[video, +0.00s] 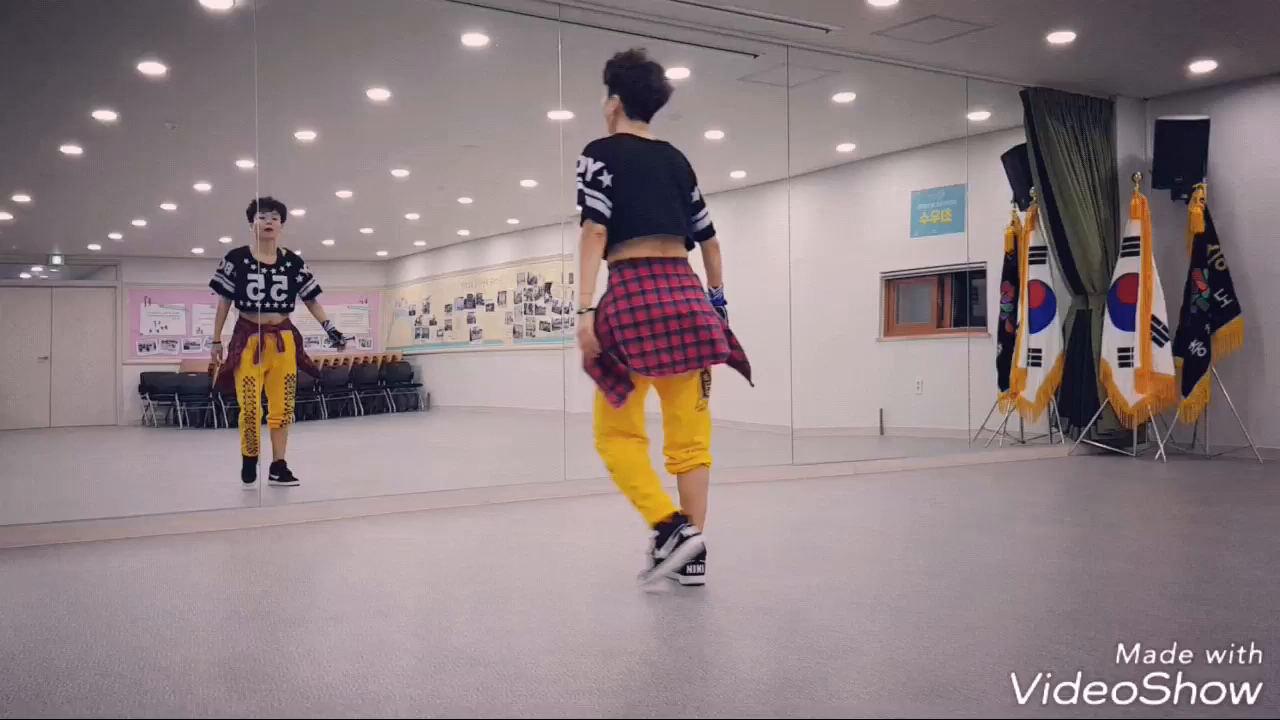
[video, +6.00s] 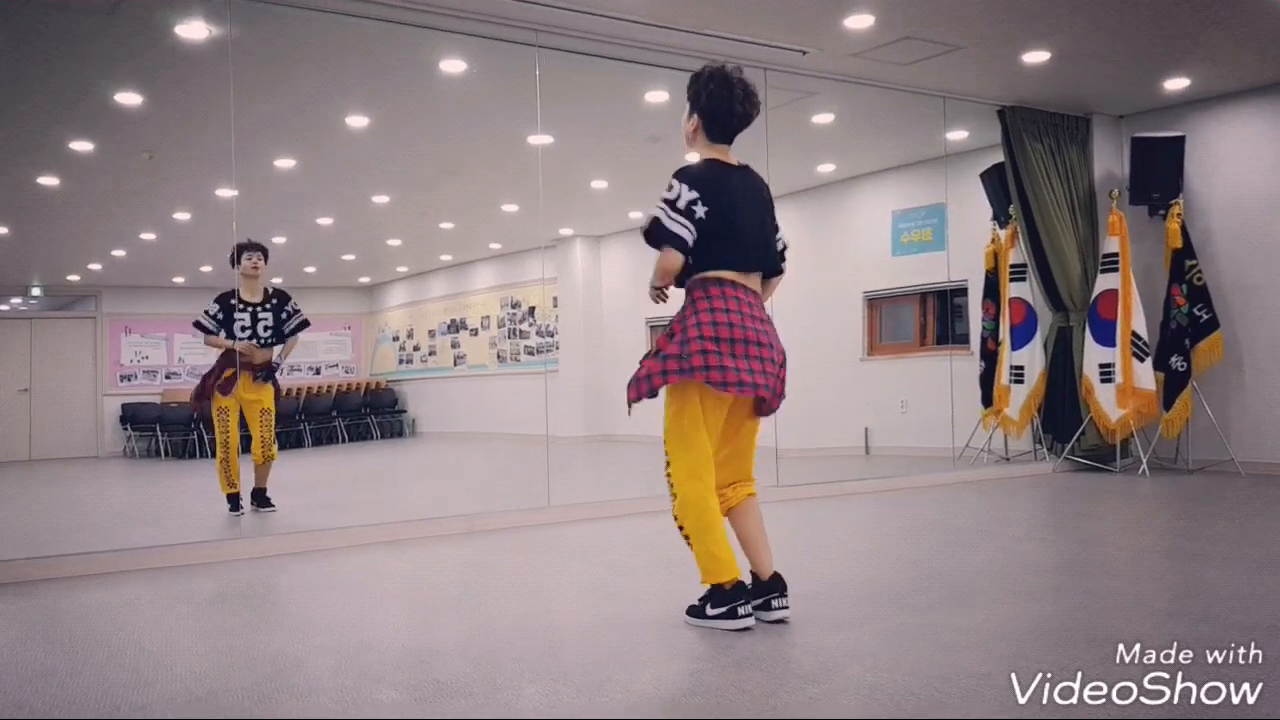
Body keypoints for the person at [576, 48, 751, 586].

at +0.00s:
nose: (603, 106)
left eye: (605, 98)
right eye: (607, 98)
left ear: (613, 103)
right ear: (654, 107)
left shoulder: (600, 155)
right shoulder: (677, 160)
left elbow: (594, 232)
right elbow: (707, 240)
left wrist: (584, 310)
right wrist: (717, 302)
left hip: (627, 298)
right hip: (686, 296)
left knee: (617, 434)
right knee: (690, 428)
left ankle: (667, 524)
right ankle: (693, 553)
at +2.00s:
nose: (702, 139)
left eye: (703, 132)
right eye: (707, 132)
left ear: (709, 139)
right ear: (759, 143)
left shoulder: (678, 198)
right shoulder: (777, 205)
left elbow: (654, 283)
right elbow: (791, 295)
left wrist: (658, 355)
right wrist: (772, 352)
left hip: (704, 353)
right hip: (768, 350)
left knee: (714, 496)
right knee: (771, 488)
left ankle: (733, 613)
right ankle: (773, 607)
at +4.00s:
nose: (663, 139)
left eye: (665, 131)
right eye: (667, 131)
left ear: (673, 135)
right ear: (720, 139)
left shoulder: (660, 194)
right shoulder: (740, 199)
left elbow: (651, 284)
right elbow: (772, 279)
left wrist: (650, 349)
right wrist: (735, 328)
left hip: (692, 346)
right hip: (748, 345)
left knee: (650, 491)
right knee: (728, 488)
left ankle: (686, 597)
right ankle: (737, 606)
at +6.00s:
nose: (683, 124)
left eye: (685, 115)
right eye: (688, 115)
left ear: (694, 121)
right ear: (739, 125)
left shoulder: (691, 179)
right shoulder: (757, 185)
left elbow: (671, 260)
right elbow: (777, 265)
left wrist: (658, 284)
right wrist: (747, 313)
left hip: (706, 321)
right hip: (754, 325)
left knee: (688, 470)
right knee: (733, 476)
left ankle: (726, 589)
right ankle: (768, 583)